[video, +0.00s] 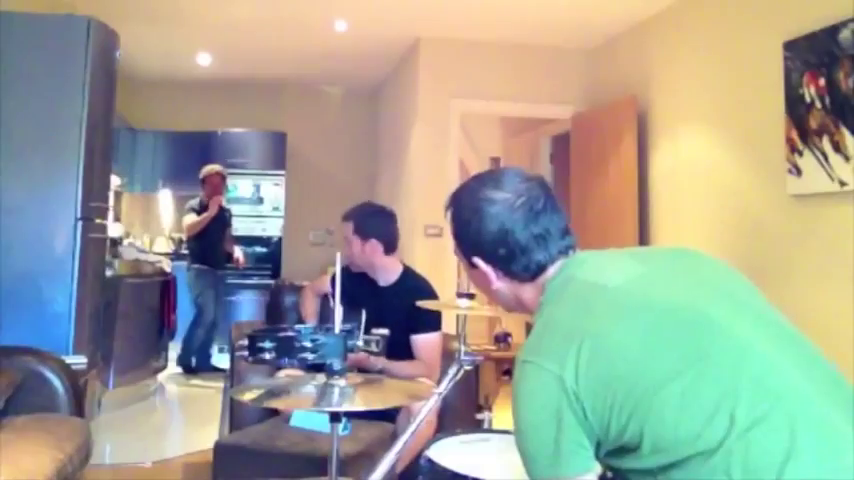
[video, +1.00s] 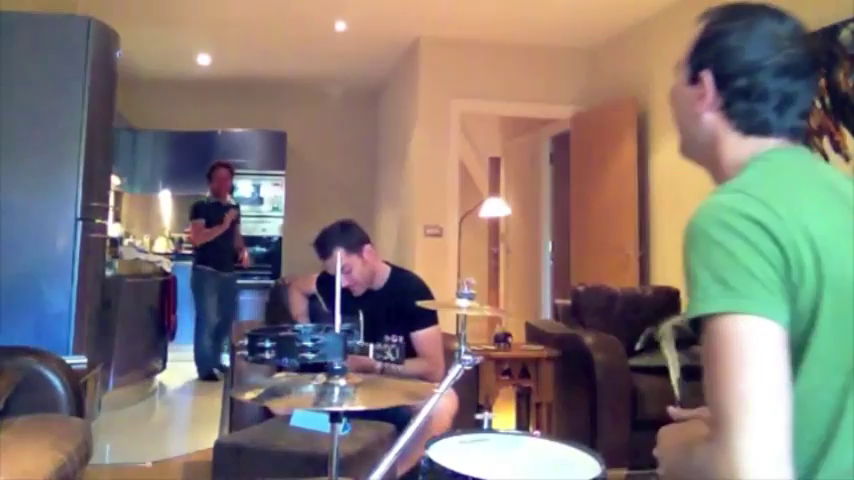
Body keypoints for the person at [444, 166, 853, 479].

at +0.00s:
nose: (471, 278)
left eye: (466, 266)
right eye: (466, 265)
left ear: (485, 272)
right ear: (556, 221)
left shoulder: (545, 367)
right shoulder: (671, 257)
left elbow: (572, 474)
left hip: (767, 468)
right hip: (844, 438)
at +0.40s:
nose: (495, 228)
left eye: (493, 217)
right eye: (492, 215)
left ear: (513, 227)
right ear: (590, 185)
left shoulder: (560, 346)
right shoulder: (708, 241)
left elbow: (586, 471)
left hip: (765, 466)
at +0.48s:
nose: (509, 215)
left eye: (509, 201)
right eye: (508, 198)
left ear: (530, 210)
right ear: (609, 175)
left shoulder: (570, 323)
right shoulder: (725, 235)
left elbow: (599, 476)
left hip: (760, 467)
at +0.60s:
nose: (546, 179)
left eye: (549, 164)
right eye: (547, 162)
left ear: (571, 171)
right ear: (653, 147)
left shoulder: (597, 279)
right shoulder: (762, 226)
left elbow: (628, 471)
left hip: (749, 468)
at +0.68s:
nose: (571, 157)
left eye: (573, 142)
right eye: (572, 141)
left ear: (598, 152)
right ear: (681, 134)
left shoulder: (616, 259)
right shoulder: (785, 220)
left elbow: (651, 468)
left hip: (748, 468)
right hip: (843, 460)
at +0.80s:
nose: (623, 132)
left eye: (625, 113)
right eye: (624, 113)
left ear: (649, 121)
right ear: (734, 116)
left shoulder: (666, 232)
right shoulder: (825, 215)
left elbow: (702, 462)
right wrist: (693, 439)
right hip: (841, 464)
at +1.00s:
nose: (672, 95)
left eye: (678, 77)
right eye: (676, 76)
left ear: (705, 92)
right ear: (796, 97)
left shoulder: (736, 215)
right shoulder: (842, 190)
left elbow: (754, 462)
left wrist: (684, 453)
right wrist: (735, 422)